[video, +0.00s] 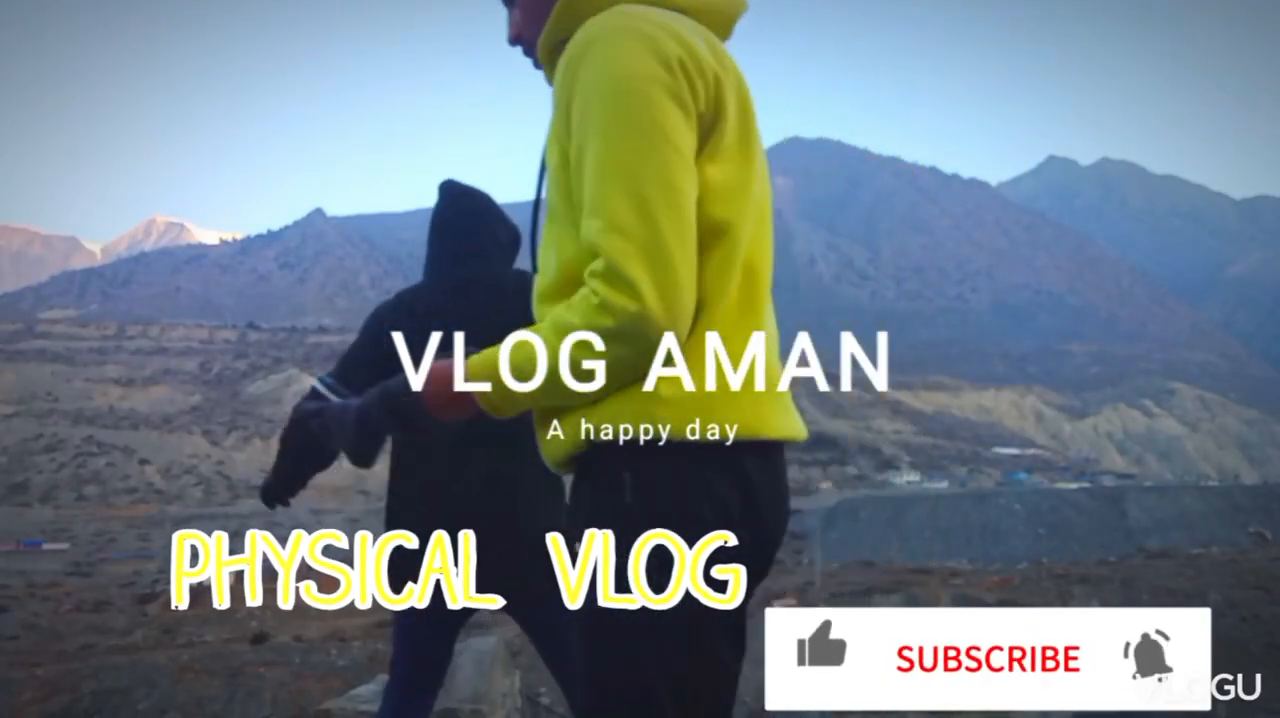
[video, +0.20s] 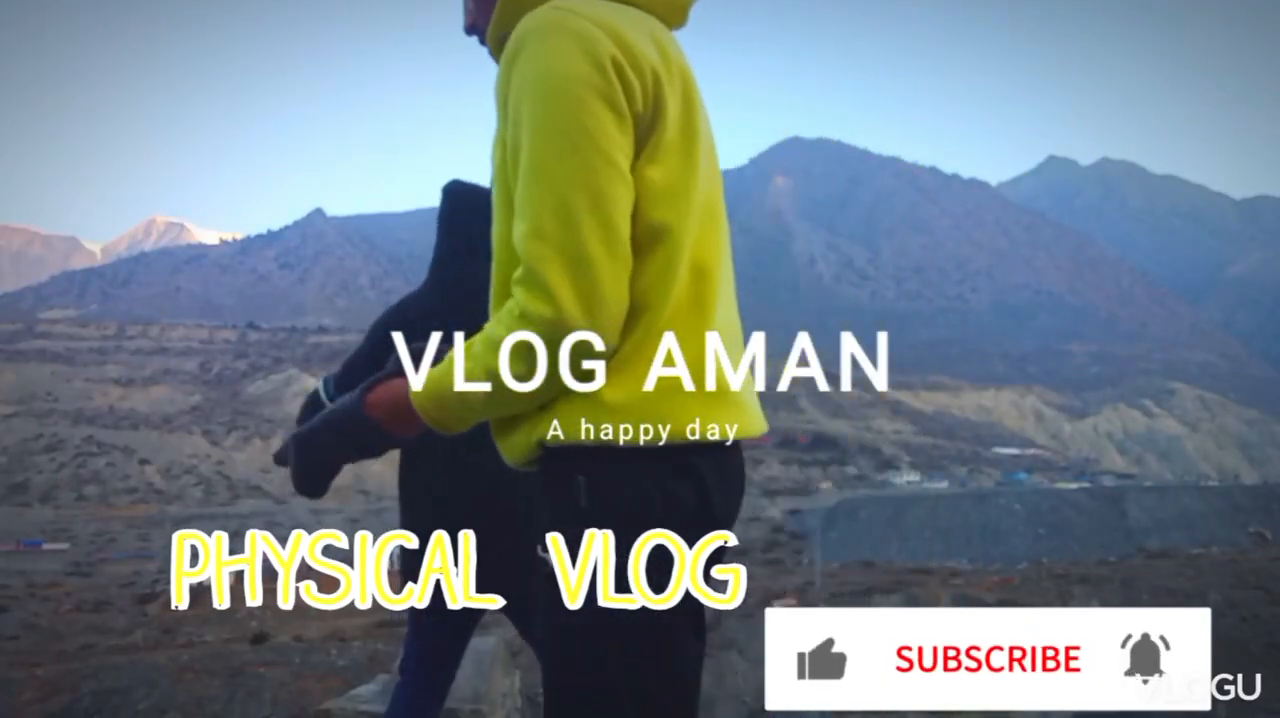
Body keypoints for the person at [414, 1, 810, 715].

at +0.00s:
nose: (513, 31)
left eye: (514, 7)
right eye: (508, 14)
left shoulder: (620, 46)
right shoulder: (674, 45)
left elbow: (635, 310)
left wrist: (474, 382)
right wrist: (487, 375)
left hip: (660, 465)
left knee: (641, 702)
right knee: (670, 701)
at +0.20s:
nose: (469, 23)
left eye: (472, 5)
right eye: (469, 10)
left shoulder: (563, 39)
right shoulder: (635, 38)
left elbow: (564, 317)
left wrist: (419, 404)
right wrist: (432, 390)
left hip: (615, 461)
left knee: (608, 700)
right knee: (640, 698)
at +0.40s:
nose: (450, 24)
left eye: (454, 2)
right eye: (447, 8)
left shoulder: (561, 56)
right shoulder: (609, 52)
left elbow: (524, 331)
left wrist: (357, 426)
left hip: (588, 468)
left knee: (590, 700)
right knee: (617, 699)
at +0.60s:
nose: (438, 50)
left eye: (442, 16)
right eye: (431, 25)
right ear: (512, 7)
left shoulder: (580, 98)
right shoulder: (539, 109)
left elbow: (542, 342)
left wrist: (345, 417)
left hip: (571, 492)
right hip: (521, 492)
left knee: (578, 701)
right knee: (451, 701)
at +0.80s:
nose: (439, 82)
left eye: (453, 55)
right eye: (429, 68)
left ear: (519, 43)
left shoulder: (589, 157)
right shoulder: (466, 195)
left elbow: (560, 355)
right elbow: (435, 334)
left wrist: (373, 397)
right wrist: (332, 398)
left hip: (565, 493)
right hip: (474, 496)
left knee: (562, 702)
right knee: (462, 699)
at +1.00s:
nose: (470, 87)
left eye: (486, 64)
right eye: (453, 77)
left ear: (535, 64)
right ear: (447, 94)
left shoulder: (595, 168)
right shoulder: (451, 211)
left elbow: (522, 320)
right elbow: (420, 345)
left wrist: (354, 333)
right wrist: (318, 335)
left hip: (561, 484)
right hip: (464, 489)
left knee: (564, 699)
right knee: (465, 696)